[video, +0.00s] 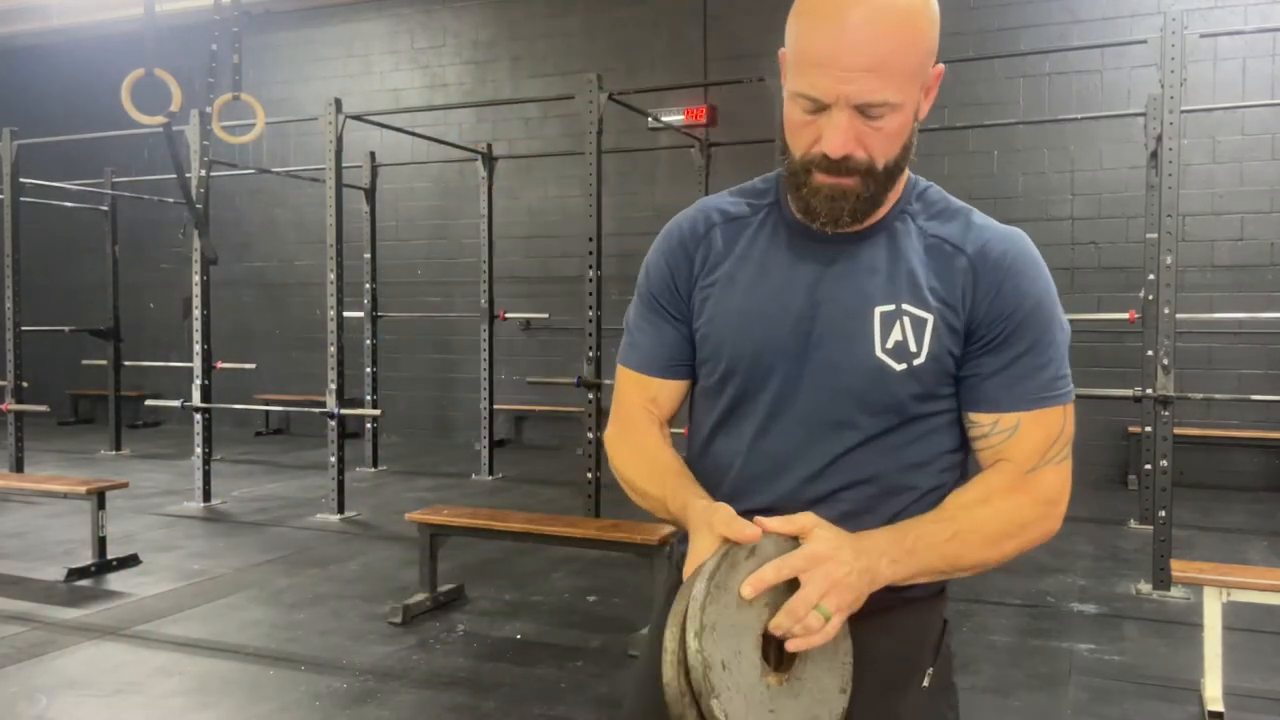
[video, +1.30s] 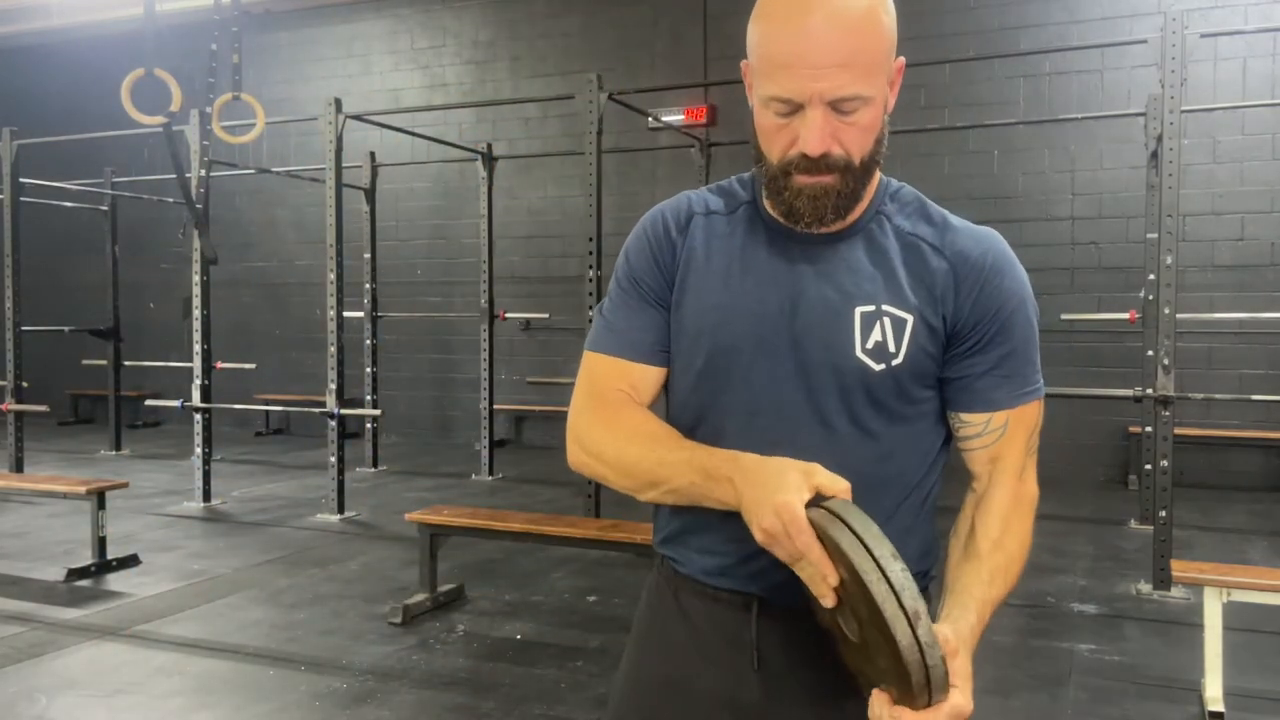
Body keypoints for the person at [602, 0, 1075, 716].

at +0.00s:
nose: (835, 143)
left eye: (872, 112)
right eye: (811, 106)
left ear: (929, 93)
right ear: (781, 74)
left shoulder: (990, 266)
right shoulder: (696, 245)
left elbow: (1034, 492)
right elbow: (631, 428)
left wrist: (870, 558)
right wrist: (696, 511)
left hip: (887, 639)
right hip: (707, 626)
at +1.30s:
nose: (815, 141)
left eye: (845, 106)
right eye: (785, 108)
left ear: (893, 87)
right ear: (747, 85)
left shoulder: (969, 270)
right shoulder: (673, 240)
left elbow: (1006, 477)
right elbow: (595, 429)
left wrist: (955, 632)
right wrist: (741, 479)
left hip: (871, 656)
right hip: (689, 637)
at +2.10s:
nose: (857, 140)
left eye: (891, 108)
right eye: (830, 105)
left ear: (934, 91)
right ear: (786, 81)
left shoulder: (990, 281)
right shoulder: (696, 221)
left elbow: (997, 484)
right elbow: (596, 404)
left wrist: (953, 652)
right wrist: (751, 499)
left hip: (875, 660)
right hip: (693, 635)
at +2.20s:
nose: (860, 140)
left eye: (895, 108)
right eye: (832, 104)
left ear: (936, 91)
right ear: (788, 81)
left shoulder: (990, 282)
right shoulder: (698, 220)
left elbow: (993, 487)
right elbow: (596, 403)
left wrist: (948, 658)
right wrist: (752, 497)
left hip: (874, 656)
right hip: (693, 634)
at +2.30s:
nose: (865, 141)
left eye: (899, 109)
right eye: (837, 105)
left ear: (938, 92)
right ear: (791, 80)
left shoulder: (990, 282)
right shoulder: (698, 219)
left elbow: (989, 487)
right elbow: (594, 400)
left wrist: (948, 665)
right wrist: (752, 495)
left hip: (875, 654)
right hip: (693, 633)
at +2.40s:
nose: (868, 142)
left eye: (901, 110)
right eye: (839, 105)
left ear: (940, 96)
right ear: (793, 79)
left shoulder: (989, 283)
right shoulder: (698, 219)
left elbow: (990, 488)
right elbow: (592, 398)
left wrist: (946, 667)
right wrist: (751, 491)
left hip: (874, 651)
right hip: (693, 631)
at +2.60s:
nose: (867, 145)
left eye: (903, 113)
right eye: (840, 105)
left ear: (947, 99)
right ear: (799, 77)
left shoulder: (991, 286)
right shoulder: (704, 214)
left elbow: (1002, 502)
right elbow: (574, 371)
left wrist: (945, 679)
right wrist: (728, 467)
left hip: (871, 641)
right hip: (689, 622)